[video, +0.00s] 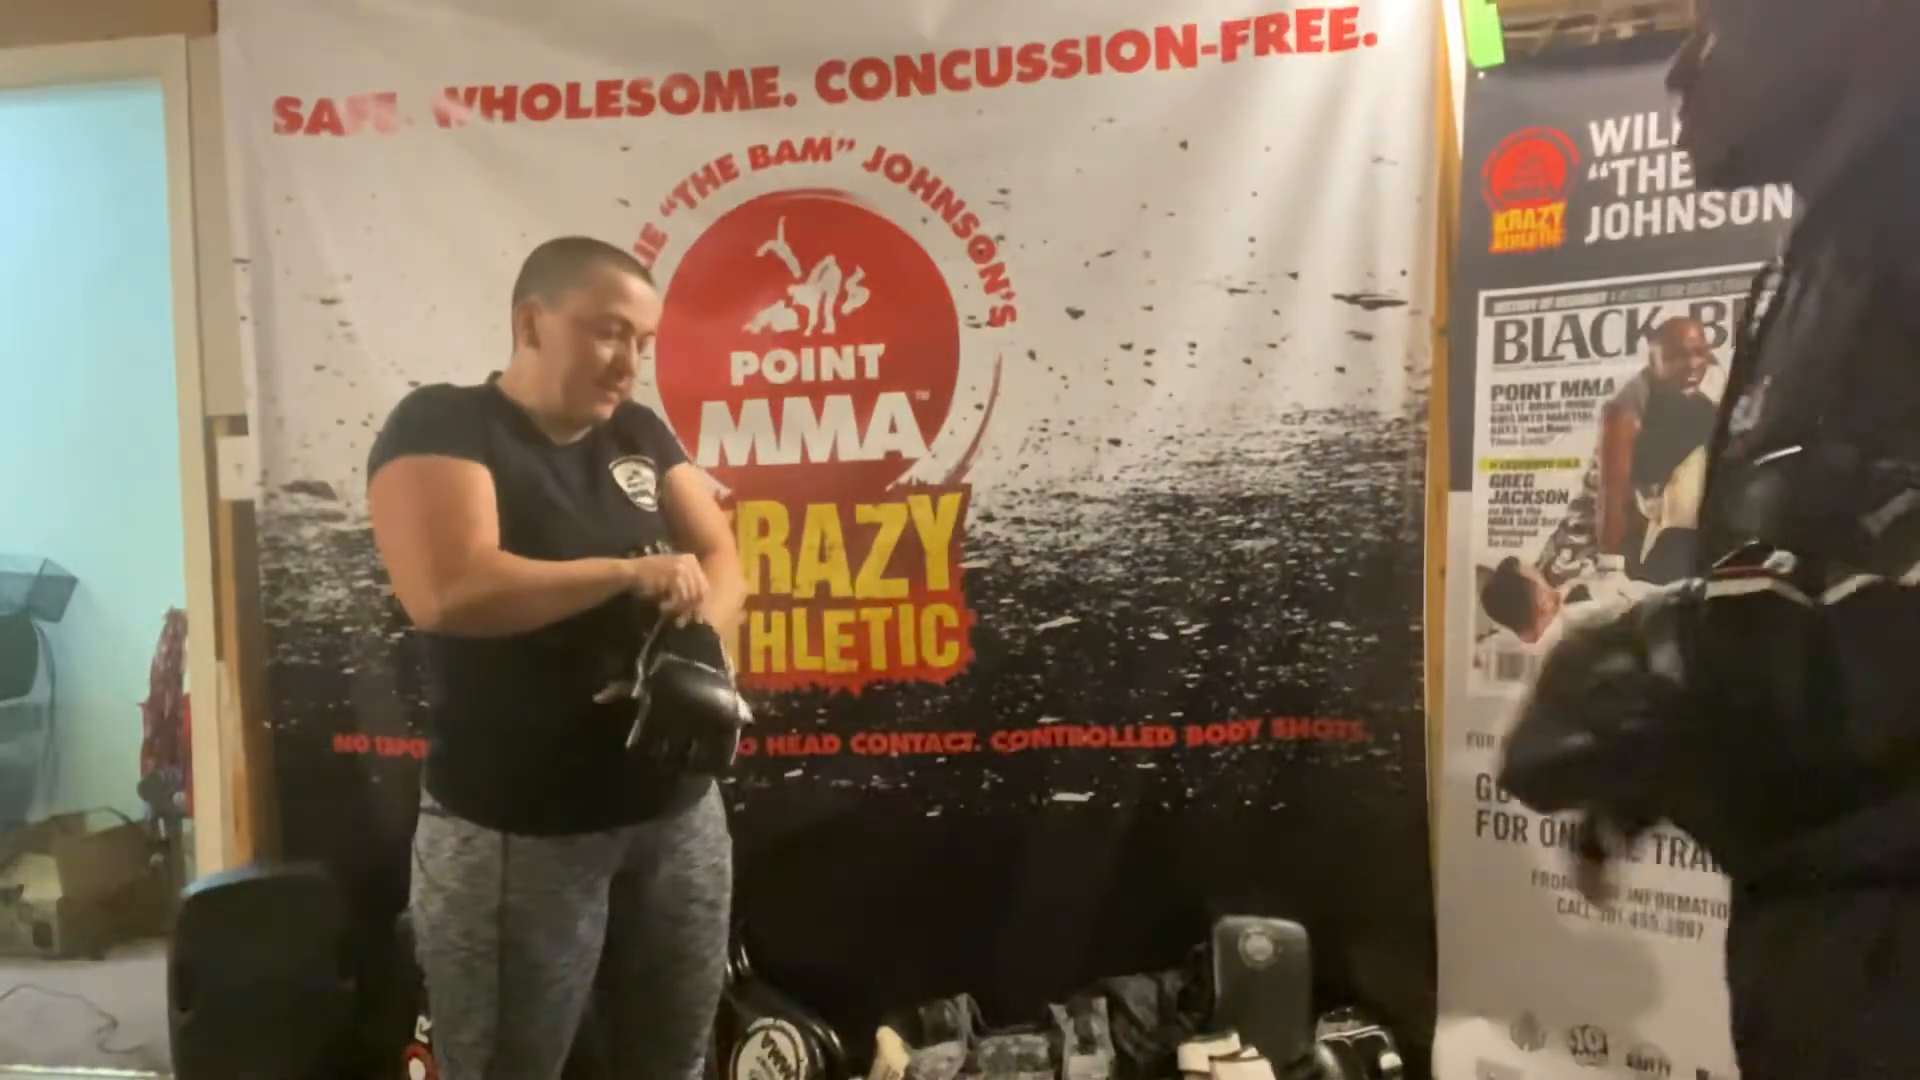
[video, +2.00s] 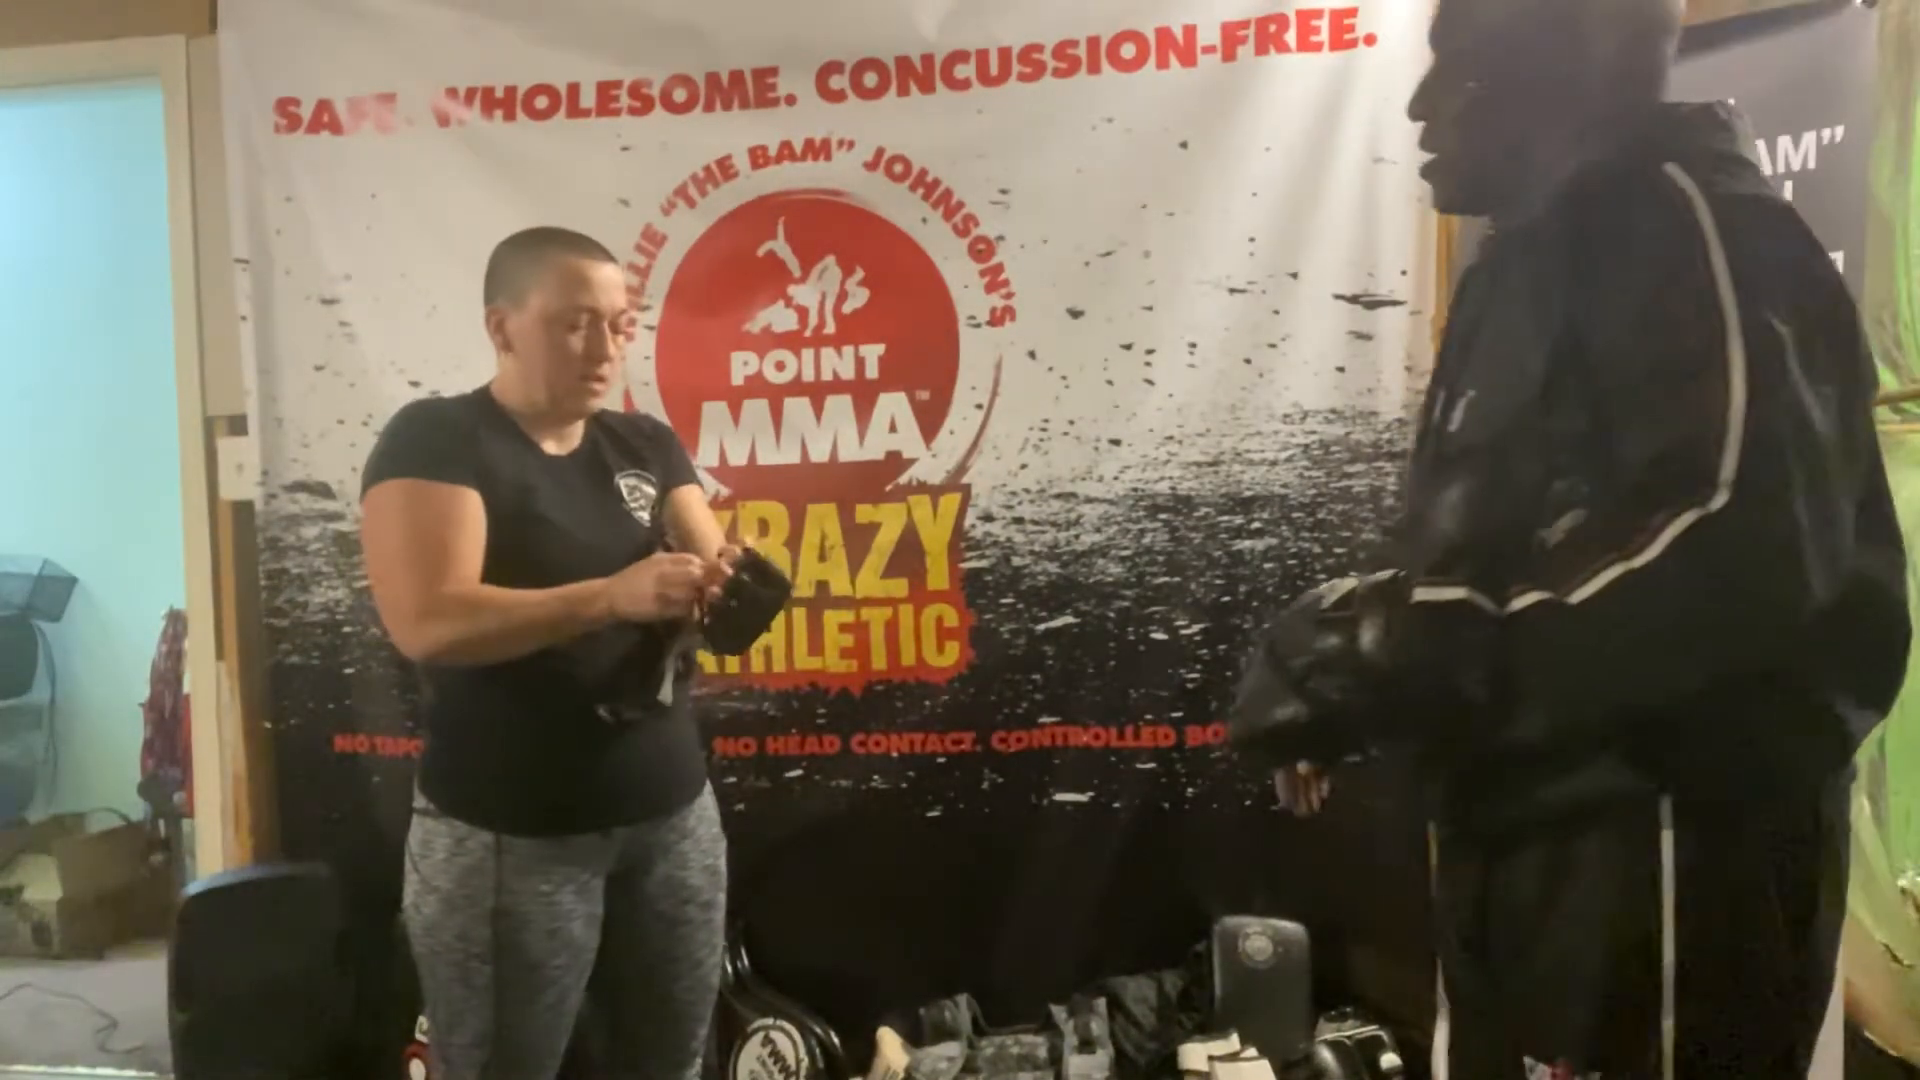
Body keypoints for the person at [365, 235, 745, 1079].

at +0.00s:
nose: (632, 362)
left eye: (642, 342)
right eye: (613, 334)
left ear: (647, 346)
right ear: (531, 322)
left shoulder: (640, 435)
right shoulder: (437, 426)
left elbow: (721, 553)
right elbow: (447, 590)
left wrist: (701, 631)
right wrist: (627, 572)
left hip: (675, 824)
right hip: (511, 838)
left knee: (665, 1066)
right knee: (502, 1068)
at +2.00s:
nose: (606, 349)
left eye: (617, 327)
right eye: (578, 323)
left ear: (626, 331)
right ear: (503, 326)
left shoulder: (647, 445)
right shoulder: (431, 441)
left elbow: (724, 586)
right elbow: (425, 621)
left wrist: (727, 587)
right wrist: (611, 594)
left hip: (670, 828)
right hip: (504, 843)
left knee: (662, 1065)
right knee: (498, 1069)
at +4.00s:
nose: (599, 339)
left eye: (606, 319)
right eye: (572, 312)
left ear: (613, 328)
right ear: (491, 319)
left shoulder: (628, 444)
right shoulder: (424, 436)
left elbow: (700, 581)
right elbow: (412, 626)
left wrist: (727, 549)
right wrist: (600, 627)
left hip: (664, 828)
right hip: (499, 846)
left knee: (658, 1065)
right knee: (496, 1068)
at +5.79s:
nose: (546, 351)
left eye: (557, 329)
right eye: (524, 323)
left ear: (564, 331)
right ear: (439, 314)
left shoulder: (560, 439)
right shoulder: (364, 437)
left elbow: (661, 568)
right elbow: (413, 597)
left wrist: (621, 625)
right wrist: (611, 580)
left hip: (609, 828)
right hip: (448, 852)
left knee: (635, 1065)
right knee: (467, 1067)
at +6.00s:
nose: (545, 353)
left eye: (555, 331)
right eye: (523, 325)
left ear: (563, 334)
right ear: (440, 316)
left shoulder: (561, 440)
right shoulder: (363, 436)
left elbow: (656, 562)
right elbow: (405, 594)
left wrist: (616, 628)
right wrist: (607, 586)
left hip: (609, 826)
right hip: (449, 851)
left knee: (636, 1064)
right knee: (467, 1067)